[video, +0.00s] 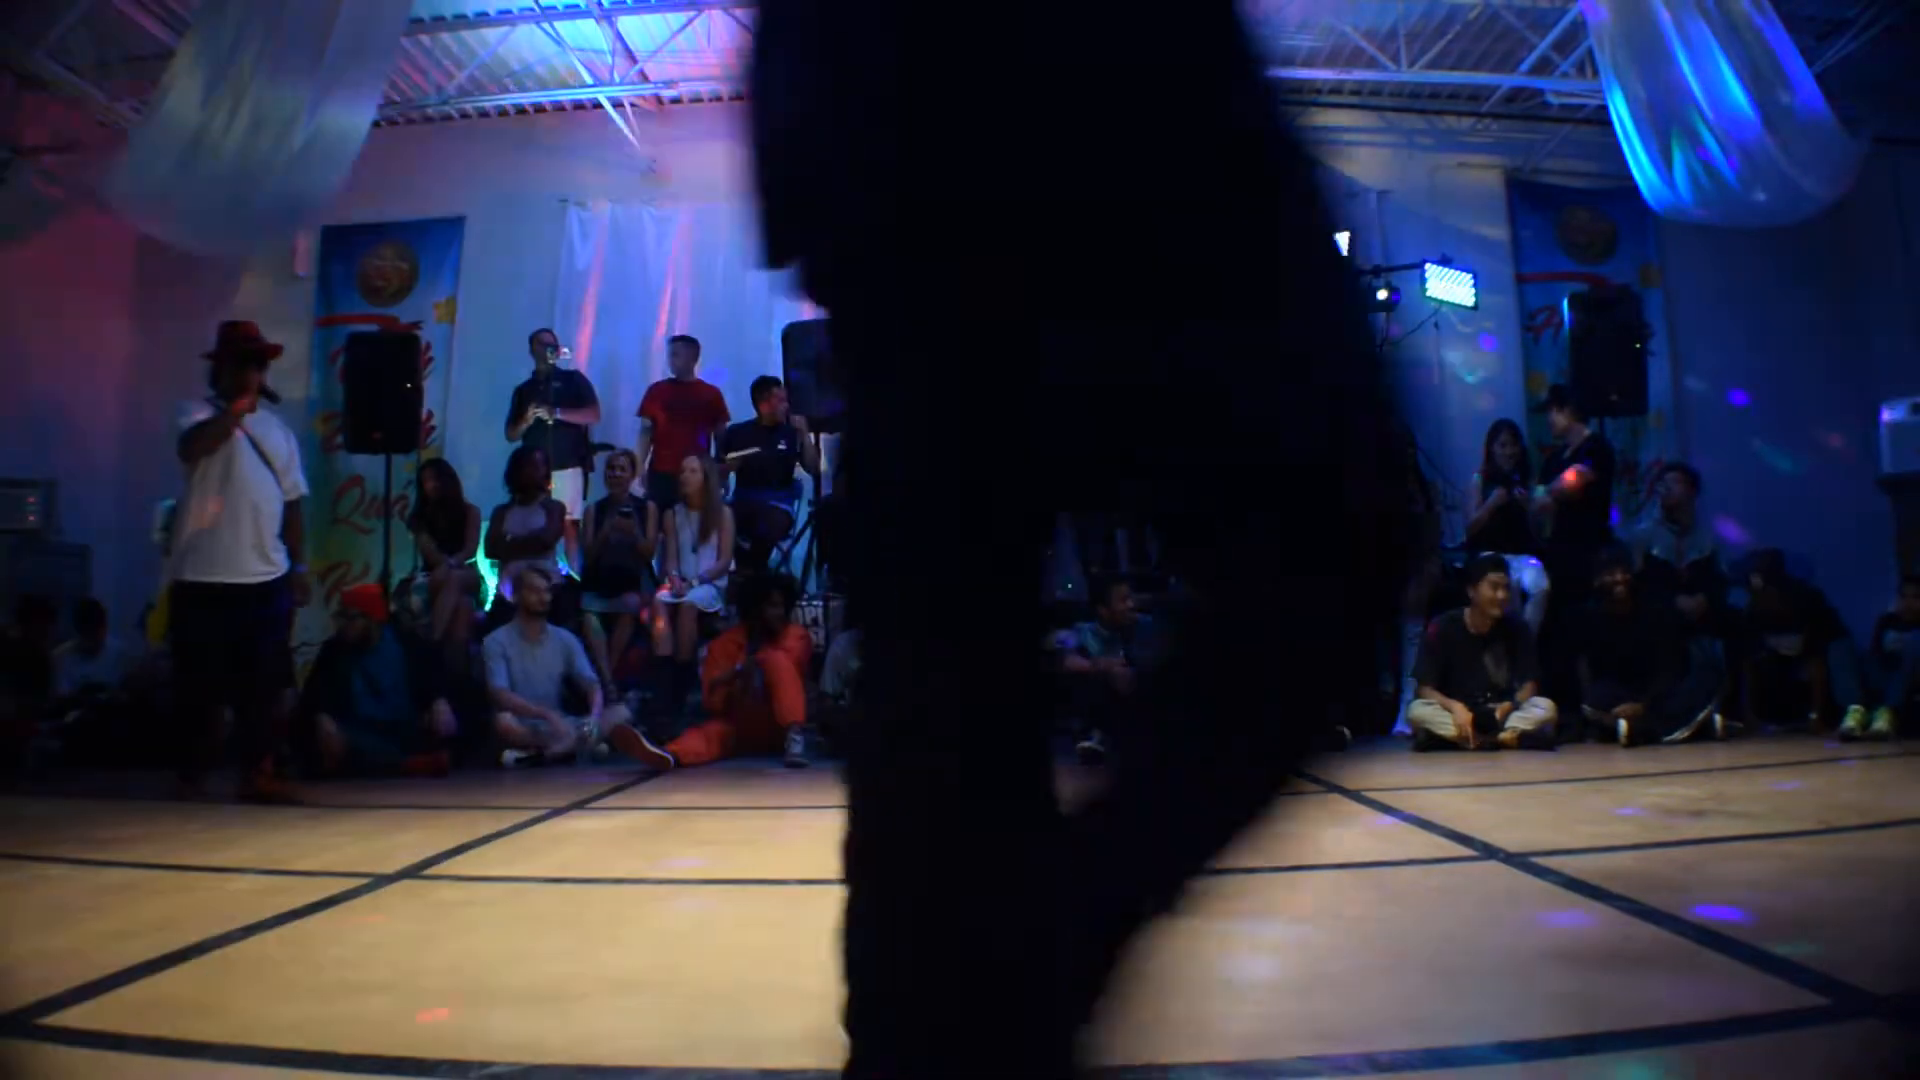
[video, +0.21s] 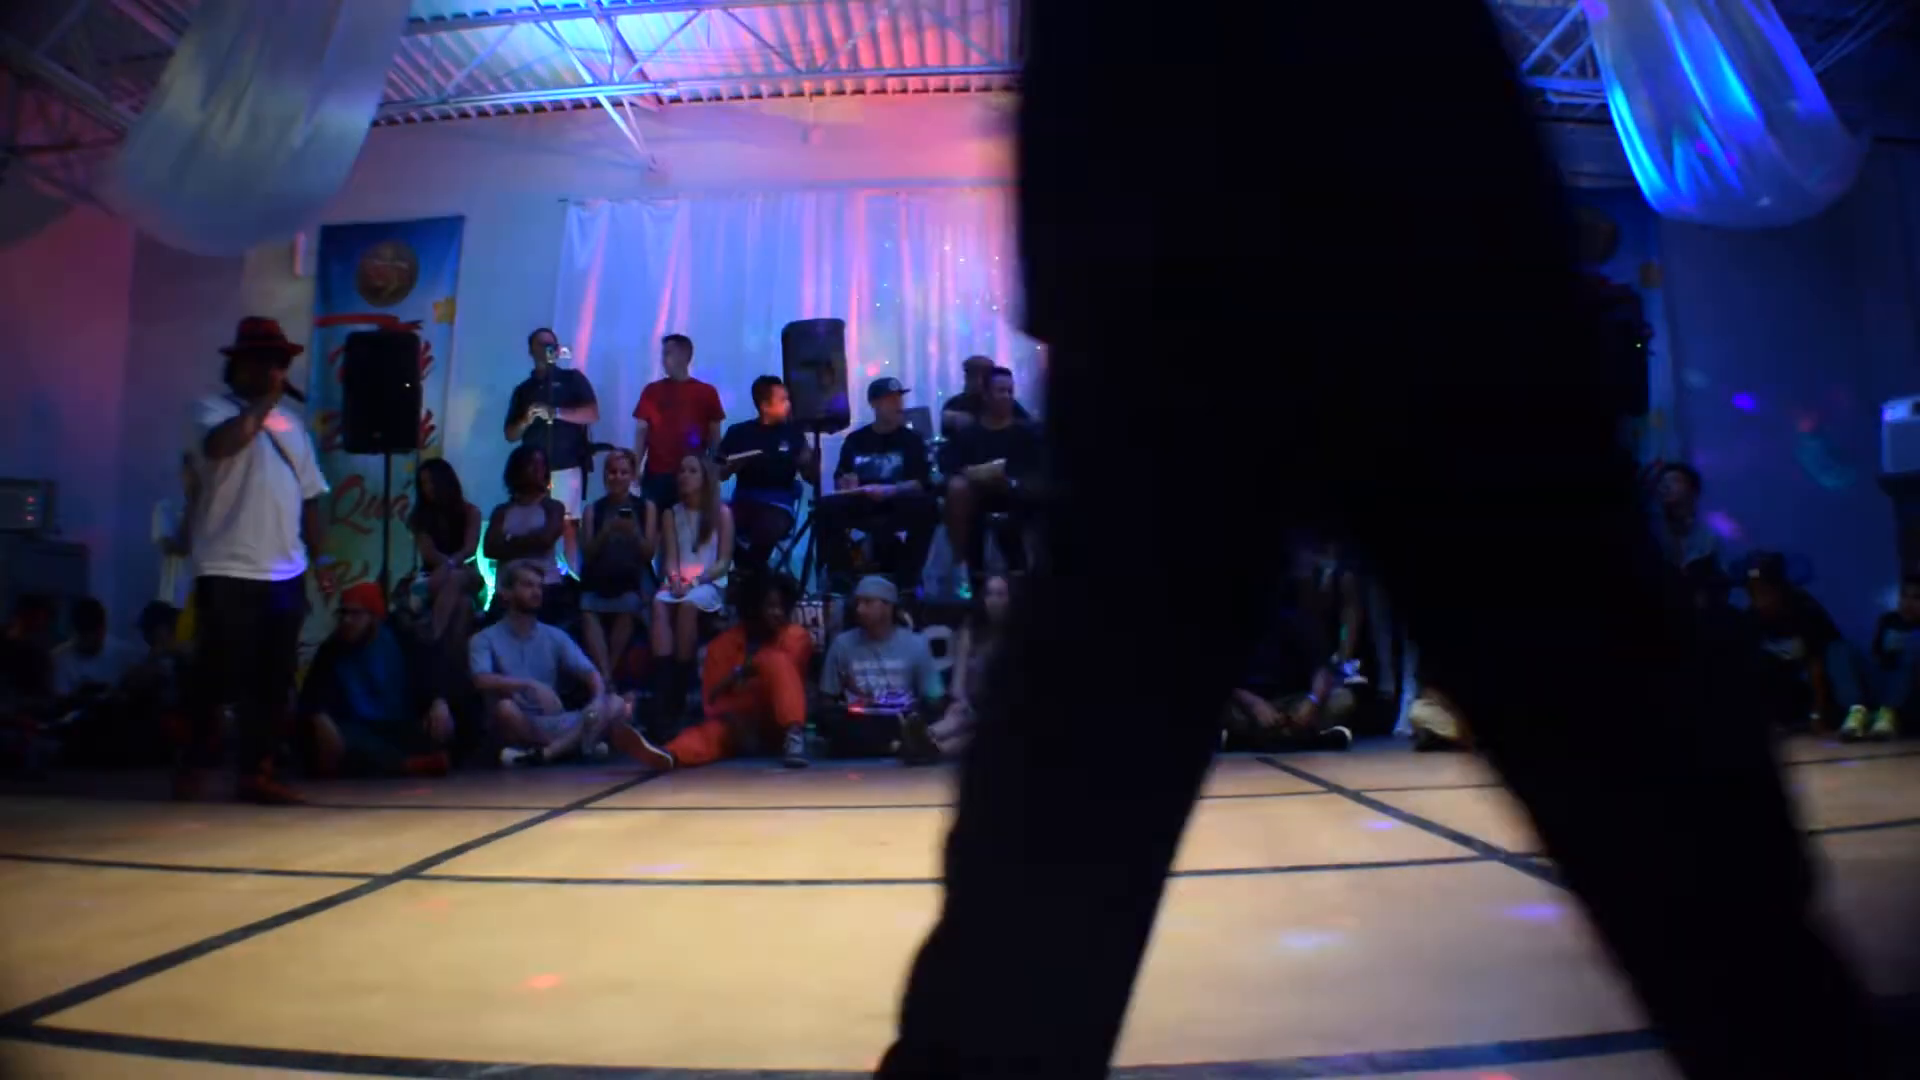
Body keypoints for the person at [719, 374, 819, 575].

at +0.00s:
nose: (786, 406)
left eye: (785, 400)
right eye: (780, 400)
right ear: (762, 404)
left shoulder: (791, 433)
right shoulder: (736, 433)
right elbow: (721, 471)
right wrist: (732, 465)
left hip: (779, 499)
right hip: (745, 498)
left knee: (770, 529)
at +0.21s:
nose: (788, 405)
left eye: (787, 399)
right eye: (782, 400)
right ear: (764, 405)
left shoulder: (792, 433)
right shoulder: (738, 432)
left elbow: (811, 477)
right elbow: (720, 473)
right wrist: (734, 464)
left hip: (778, 500)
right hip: (745, 499)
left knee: (766, 532)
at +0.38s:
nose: (791, 404)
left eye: (790, 398)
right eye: (784, 398)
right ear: (767, 403)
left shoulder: (793, 434)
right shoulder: (739, 431)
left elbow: (809, 474)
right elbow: (720, 471)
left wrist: (798, 477)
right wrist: (732, 464)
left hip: (779, 500)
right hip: (745, 499)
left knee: (764, 532)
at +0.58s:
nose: (791, 402)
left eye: (790, 396)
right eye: (785, 396)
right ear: (767, 402)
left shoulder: (795, 432)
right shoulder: (741, 431)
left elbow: (809, 474)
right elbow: (717, 468)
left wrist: (799, 480)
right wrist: (737, 460)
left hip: (783, 503)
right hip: (746, 502)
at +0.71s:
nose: (790, 402)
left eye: (790, 396)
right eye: (784, 397)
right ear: (767, 402)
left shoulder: (795, 432)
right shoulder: (741, 431)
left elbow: (810, 474)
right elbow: (721, 469)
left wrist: (792, 485)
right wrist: (737, 462)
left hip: (779, 498)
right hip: (746, 495)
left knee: (765, 530)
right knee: (727, 523)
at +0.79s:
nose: (790, 403)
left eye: (790, 397)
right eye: (784, 397)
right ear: (768, 402)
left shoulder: (796, 433)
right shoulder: (742, 431)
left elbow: (810, 475)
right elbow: (722, 471)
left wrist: (792, 485)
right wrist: (734, 464)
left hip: (780, 500)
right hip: (746, 497)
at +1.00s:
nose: (790, 404)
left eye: (790, 398)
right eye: (784, 398)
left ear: (793, 400)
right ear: (768, 403)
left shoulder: (797, 434)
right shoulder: (744, 432)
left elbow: (812, 477)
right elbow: (723, 471)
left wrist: (797, 478)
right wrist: (740, 461)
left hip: (783, 502)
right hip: (748, 498)